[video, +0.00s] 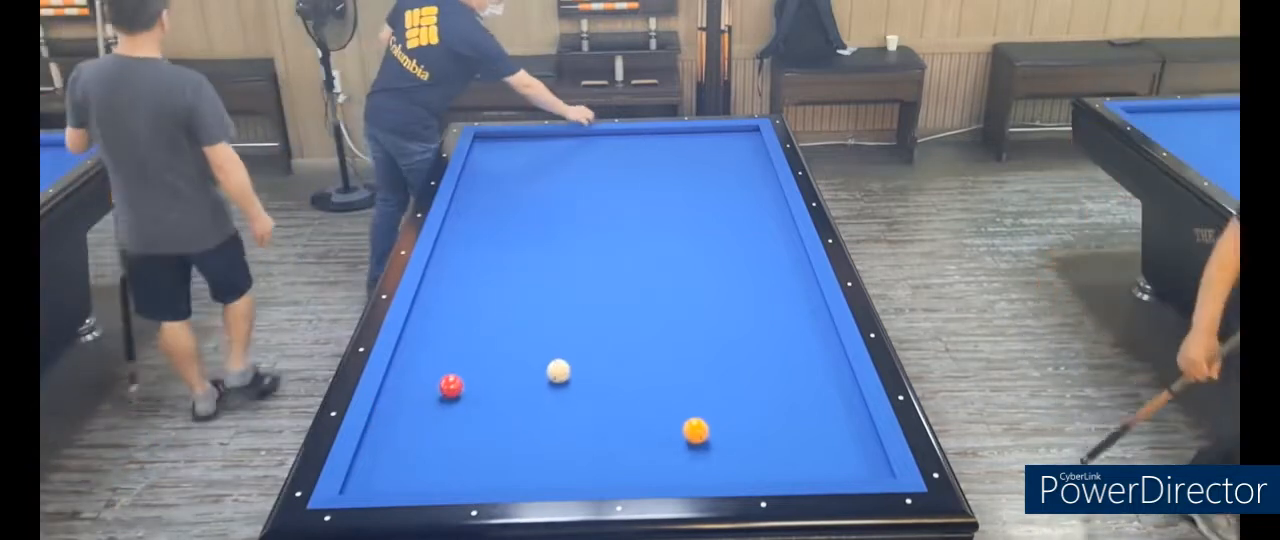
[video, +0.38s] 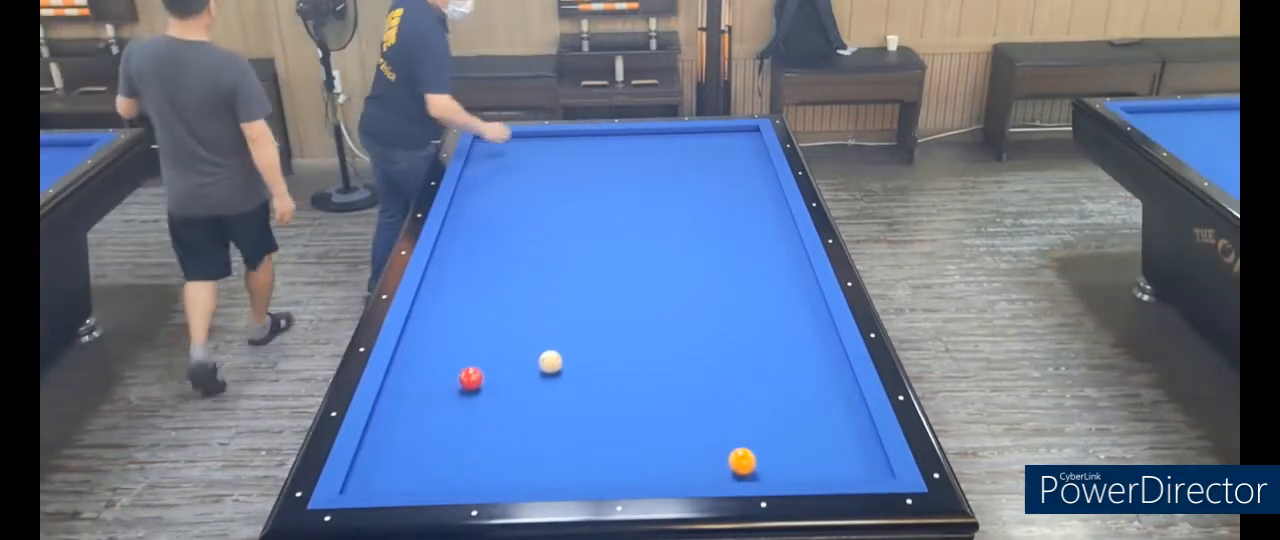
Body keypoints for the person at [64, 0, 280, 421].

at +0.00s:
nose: (170, 21)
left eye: (167, 14)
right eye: (168, 14)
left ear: (114, 22)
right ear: (162, 19)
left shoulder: (87, 79)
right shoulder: (188, 86)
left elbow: (76, 143)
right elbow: (223, 163)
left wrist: (111, 118)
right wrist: (256, 215)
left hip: (142, 233)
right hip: (201, 225)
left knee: (172, 319)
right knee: (236, 292)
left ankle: (201, 397)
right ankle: (239, 373)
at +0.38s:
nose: (215, 12)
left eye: (212, 6)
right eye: (214, 7)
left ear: (168, 11)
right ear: (209, 10)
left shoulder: (139, 54)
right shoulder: (230, 64)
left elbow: (126, 109)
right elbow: (257, 136)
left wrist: (159, 94)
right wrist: (280, 192)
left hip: (185, 201)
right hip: (238, 196)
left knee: (198, 273)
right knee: (260, 256)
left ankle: (198, 355)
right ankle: (260, 325)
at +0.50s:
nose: (226, 6)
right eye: (225, 3)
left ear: (185, 2)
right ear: (221, 2)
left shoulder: (154, 46)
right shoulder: (247, 53)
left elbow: (143, 102)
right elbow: (277, 119)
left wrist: (181, 94)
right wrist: (296, 166)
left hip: (200, 181)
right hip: (252, 179)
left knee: (222, 239)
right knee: (265, 250)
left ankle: (214, 309)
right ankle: (259, 325)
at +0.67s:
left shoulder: (176, 32)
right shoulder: (260, 37)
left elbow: (161, 96)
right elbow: (294, 103)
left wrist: (195, 86)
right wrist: (304, 135)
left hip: (217, 166)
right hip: (264, 166)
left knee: (251, 226)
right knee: (268, 244)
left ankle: (261, 292)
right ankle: (260, 323)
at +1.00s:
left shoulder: (211, 13)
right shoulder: (283, 16)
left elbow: (205, 73)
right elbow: (310, 71)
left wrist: (236, 64)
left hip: (248, 136)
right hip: (290, 136)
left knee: (271, 203)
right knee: (315, 202)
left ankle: (295, 264)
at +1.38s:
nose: (337, 21)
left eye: (342, 15)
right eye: (328, 17)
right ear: (310, 7)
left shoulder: (267, 5)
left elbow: (266, 50)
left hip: (286, 88)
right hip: (321, 87)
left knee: (294, 179)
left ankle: (290, 259)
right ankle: (289, 259)